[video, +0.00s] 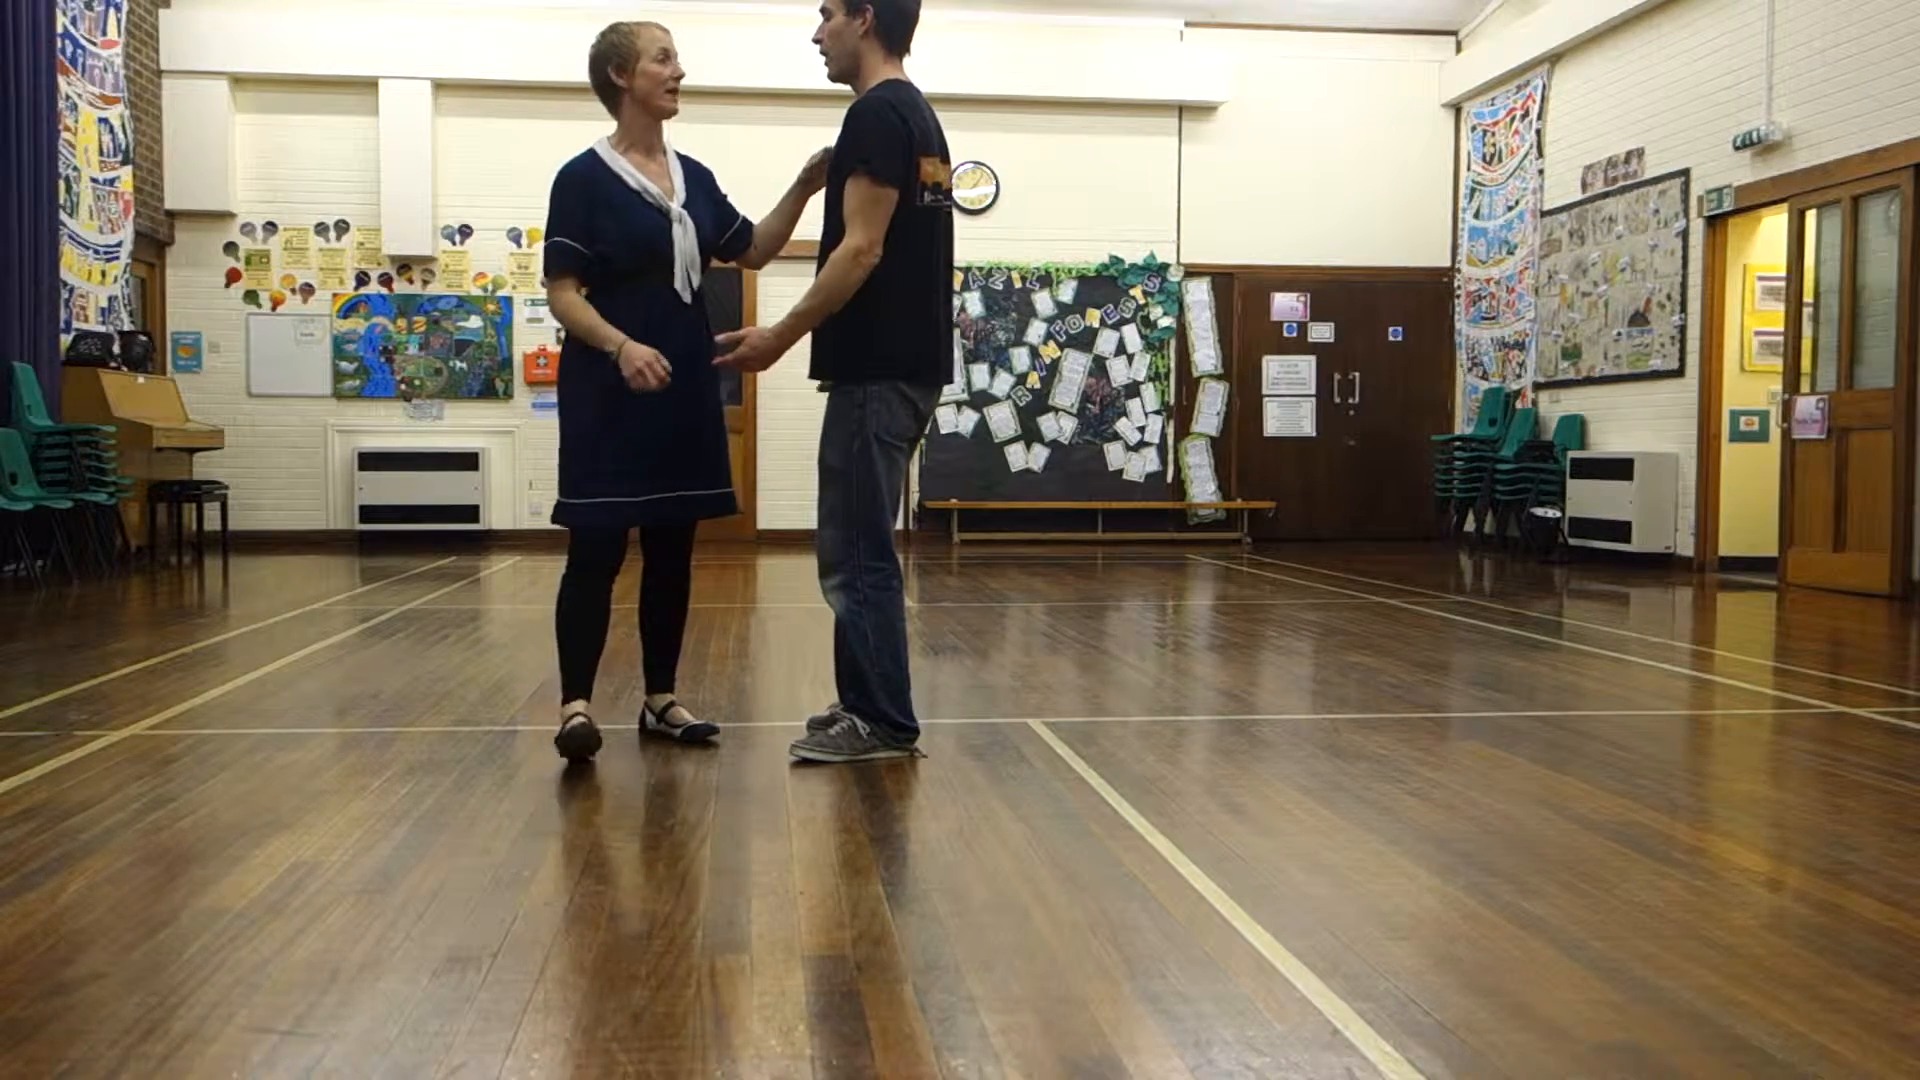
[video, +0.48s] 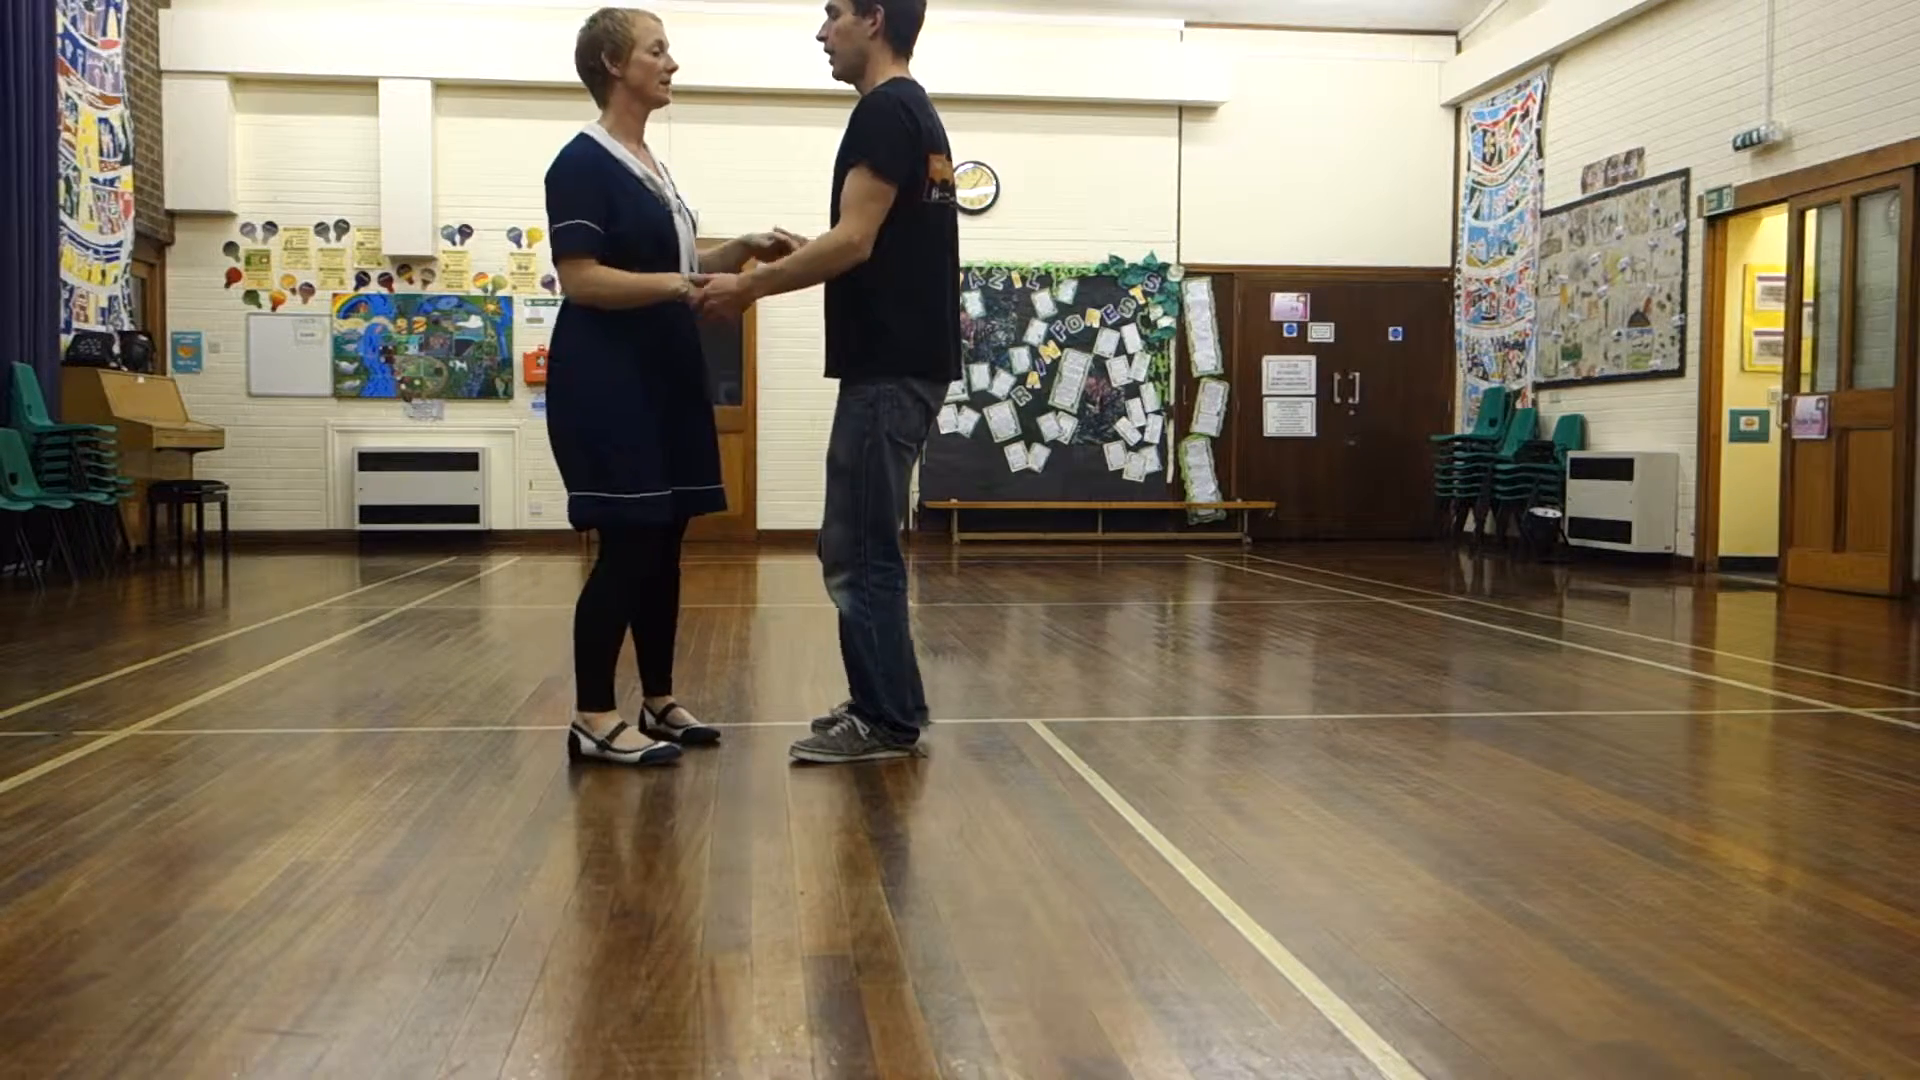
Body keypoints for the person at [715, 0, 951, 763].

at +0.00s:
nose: (817, 33)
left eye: (826, 17)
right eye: (820, 18)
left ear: (863, 21)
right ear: (874, 26)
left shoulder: (880, 110)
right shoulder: (910, 112)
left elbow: (862, 247)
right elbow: (875, 250)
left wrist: (780, 333)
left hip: (877, 371)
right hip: (895, 367)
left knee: (856, 553)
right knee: (859, 548)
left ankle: (883, 720)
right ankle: (869, 707)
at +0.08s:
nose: (818, 33)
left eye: (827, 17)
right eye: (821, 18)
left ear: (863, 21)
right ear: (874, 26)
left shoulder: (881, 109)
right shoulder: (909, 112)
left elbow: (865, 246)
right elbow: (878, 249)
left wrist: (781, 330)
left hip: (879, 369)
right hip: (894, 365)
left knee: (856, 552)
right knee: (858, 547)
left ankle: (884, 720)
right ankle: (868, 706)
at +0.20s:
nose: (818, 33)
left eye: (828, 18)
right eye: (821, 18)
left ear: (864, 21)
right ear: (873, 26)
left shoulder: (882, 108)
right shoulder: (908, 111)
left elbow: (867, 245)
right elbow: (879, 249)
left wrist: (778, 321)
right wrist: (785, 317)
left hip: (882, 369)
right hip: (894, 365)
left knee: (856, 552)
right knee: (858, 547)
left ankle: (883, 721)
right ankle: (868, 708)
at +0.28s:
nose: (818, 33)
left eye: (828, 18)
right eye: (821, 18)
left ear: (865, 22)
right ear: (873, 27)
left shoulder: (882, 107)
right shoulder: (906, 110)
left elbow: (864, 243)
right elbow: (901, 255)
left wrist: (763, 310)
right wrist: (824, 311)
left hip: (886, 368)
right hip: (893, 365)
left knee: (858, 551)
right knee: (858, 547)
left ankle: (883, 720)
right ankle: (869, 709)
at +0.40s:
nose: (819, 33)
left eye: (829, 18)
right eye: (822, 19)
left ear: (868, 22)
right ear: (879, 28)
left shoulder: (884, 107)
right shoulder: (908, 110)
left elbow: (854, 240)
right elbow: (864, 248)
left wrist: (751, 290)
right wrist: (765, 282)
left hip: (888, 367)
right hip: (899, 363)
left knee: (858, 550)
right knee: (865, 547)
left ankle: (882, 719)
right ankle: (875, 710)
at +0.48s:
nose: (823, 32)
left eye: (834, 16)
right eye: (826, 17)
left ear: (874, 23)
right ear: (882, 29)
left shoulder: (886, 108)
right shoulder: (911, 110)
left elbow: (851, 241)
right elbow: (884, 250)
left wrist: (751, 285)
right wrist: (805, 254)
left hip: (889, 368)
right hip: (901, 364)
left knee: (856, 551)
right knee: (868, 547)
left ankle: (886, 718)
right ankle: (888, 711)